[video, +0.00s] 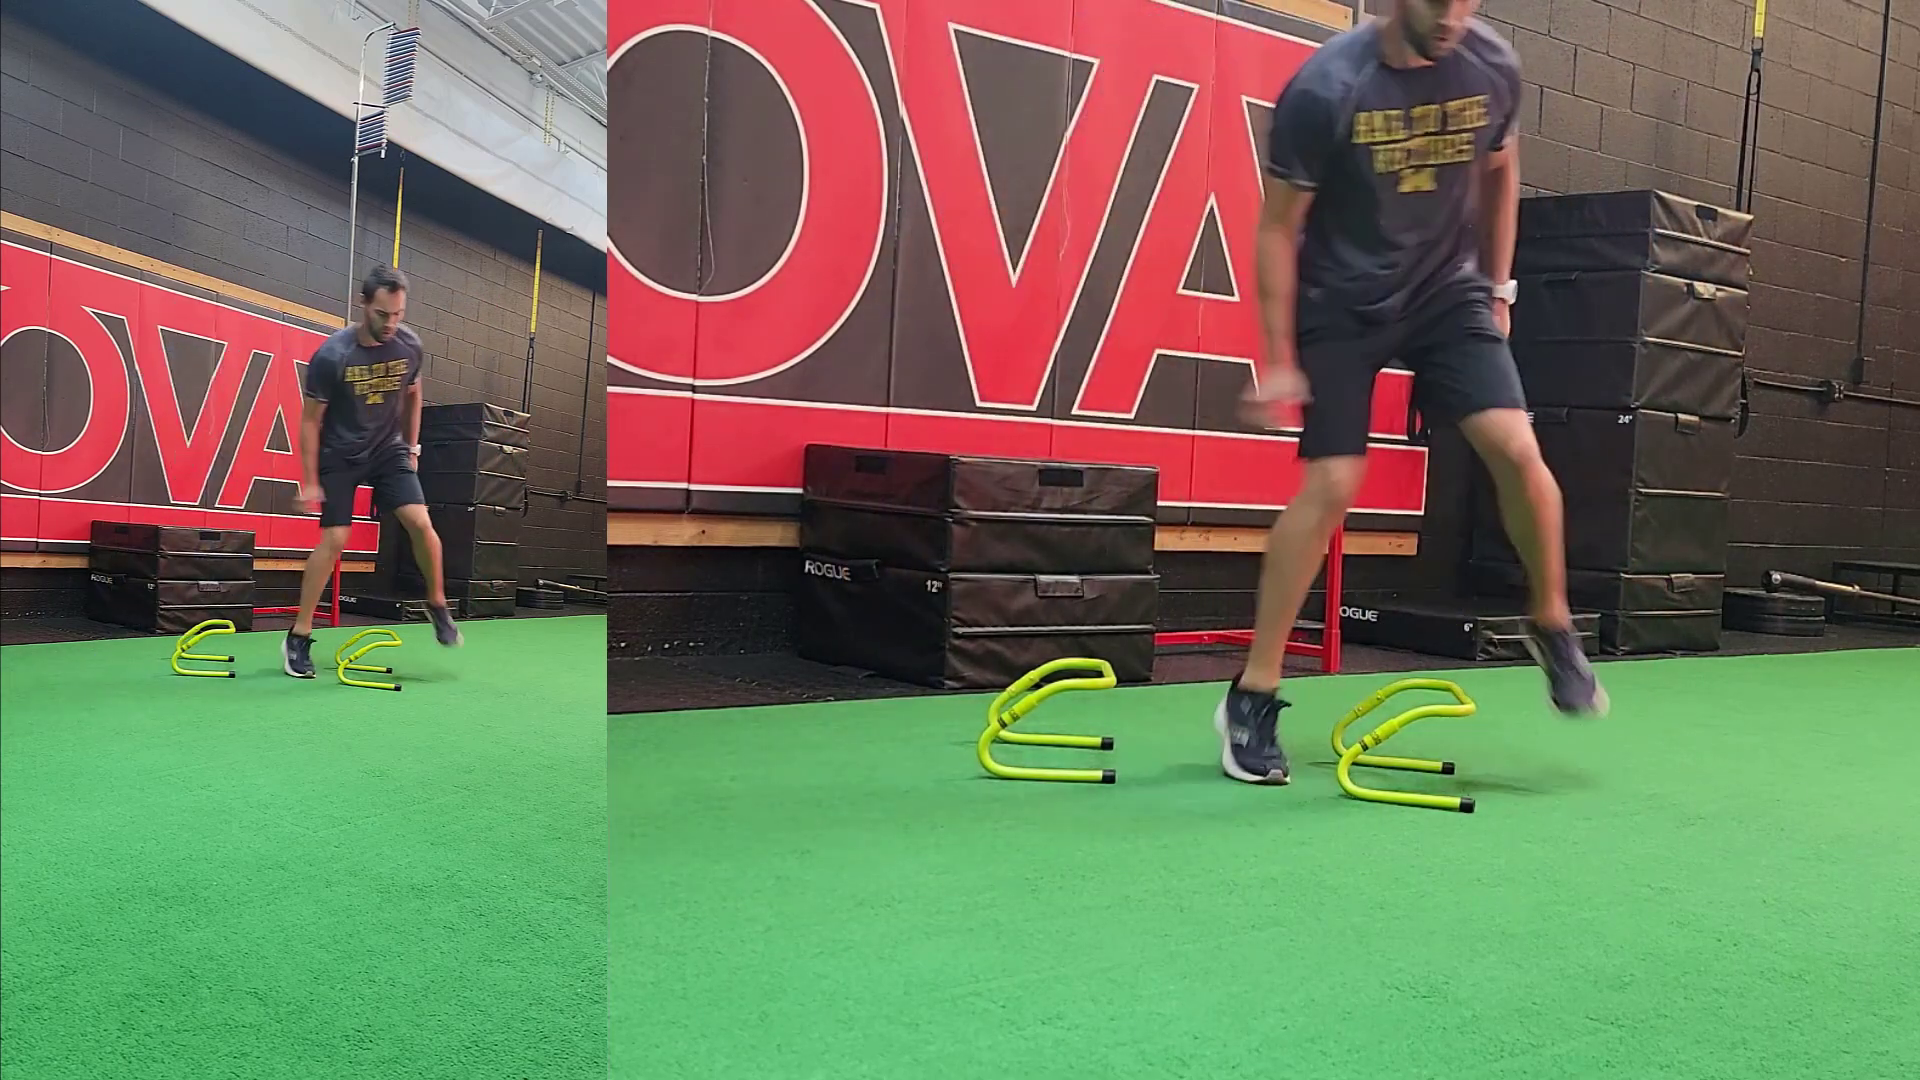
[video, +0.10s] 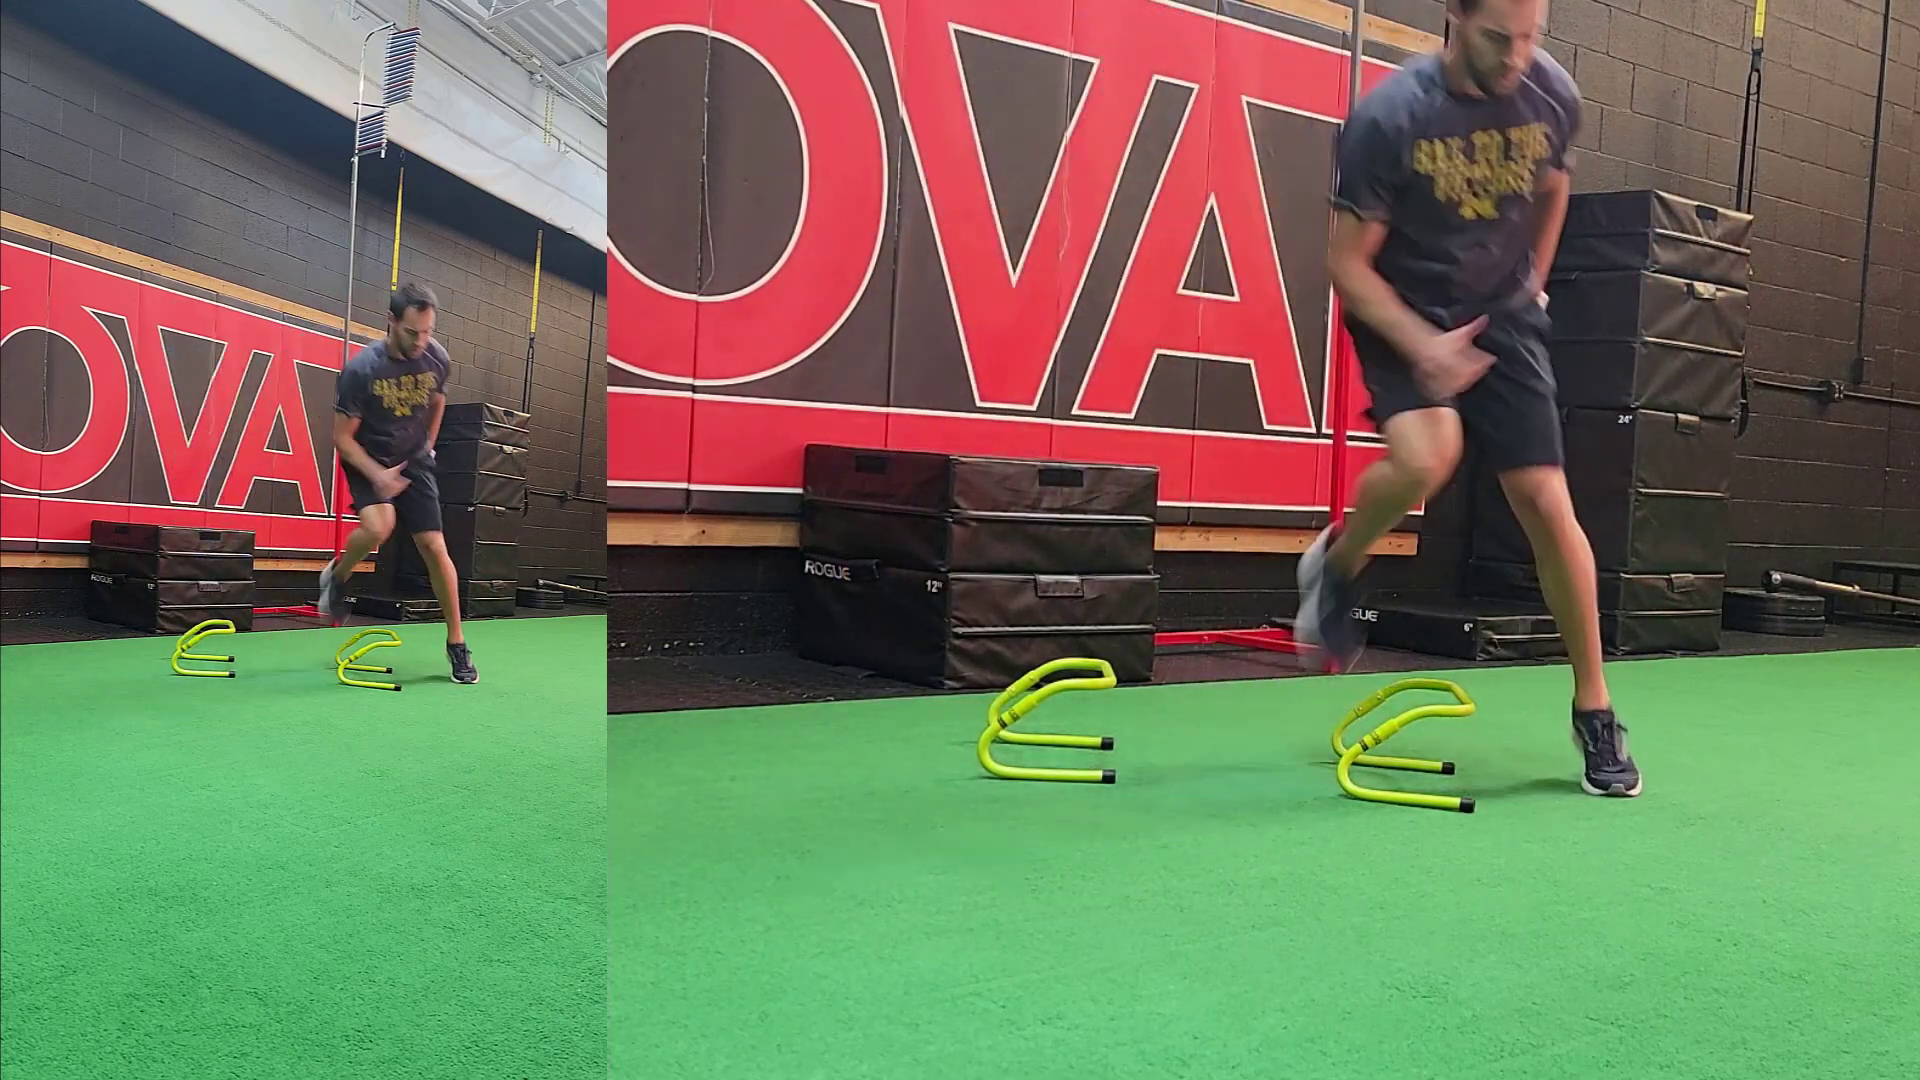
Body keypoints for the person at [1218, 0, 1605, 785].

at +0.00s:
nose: (1453, 22)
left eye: (1465, 8)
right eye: (1437, 7)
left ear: (1477, 5)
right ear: (1393, 1)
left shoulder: (1491, 65)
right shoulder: (1324, 89)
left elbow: (1499, 170)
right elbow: (1277, 226)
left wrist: (1498, 289)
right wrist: (1275, 362)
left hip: (1449, 295)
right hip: (1342, 307)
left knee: (1517, 450)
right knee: (1332, 483)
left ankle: (1554, 623)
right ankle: (1254, 695)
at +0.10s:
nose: (1515, 59)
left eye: (1530, 40)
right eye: (1497, 37)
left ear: (1543, 28)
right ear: (1453, 20)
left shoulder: (1553, 96)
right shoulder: (1387, 116)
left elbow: (1551, 191)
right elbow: (1344, 264)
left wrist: (1535, 283)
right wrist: (1421, 342)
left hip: (1504, 310)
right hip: (1402, 311)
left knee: (1545, 499)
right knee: (1427, 461)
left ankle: (1595, 709)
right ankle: (1333, 566)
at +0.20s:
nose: (1579, 121)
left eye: (1592, 101)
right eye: (1562, 100)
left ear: (1605, 88)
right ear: (1517, 79)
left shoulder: (1605, 155)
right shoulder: (1448, 179)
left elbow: (1591, 244)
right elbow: (1432, 341)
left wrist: (1584, 295)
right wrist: (1556, 316)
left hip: (1550, 368)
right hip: (1449, 369)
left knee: (1598, 528)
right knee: (1497, 492)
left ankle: (1598, 724)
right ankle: (1470, 497)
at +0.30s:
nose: (1626, 169)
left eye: (1641, 151)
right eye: (1609, 148)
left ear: (1653, 136)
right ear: (1565, 122)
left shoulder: (1644, 195)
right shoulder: (1491, 220)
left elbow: (1607, 281)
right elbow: (1488, 381)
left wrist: (1636, 306)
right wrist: (1608, 333)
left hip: (1576, 385)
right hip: (1472, 393)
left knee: (1620, 535)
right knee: (1546, 520)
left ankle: (1603, 725)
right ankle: (1524, 557)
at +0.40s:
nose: (1649, 187)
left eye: (1665, 168)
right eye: (1633, 164)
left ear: (1678, 153)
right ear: (1592, 139)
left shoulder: (1662, 209)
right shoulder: (1511, 235)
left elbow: (1618, 275)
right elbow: (1492, 394)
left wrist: (1642, 324)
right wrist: (1618, 355)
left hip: (1590, 383)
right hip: (1488, 394)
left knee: (1631, 537)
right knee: (1581, 525)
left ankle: (1604, 726)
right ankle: (1552, 586)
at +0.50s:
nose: (1652, 182)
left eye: (1669, 164)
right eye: (1636, 160)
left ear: (1685, 149)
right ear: (1596, 135)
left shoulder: (1672, 211)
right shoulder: (1517, 230)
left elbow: (1618, 284)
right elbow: (1463, 380)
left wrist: (1619, 345)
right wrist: (1591, 397)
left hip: (1594, 392)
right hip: (1498, 397)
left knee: (1640, 537)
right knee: (1590, 522)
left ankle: (1609, 726)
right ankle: (1570, 592)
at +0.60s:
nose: (1638, 158)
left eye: (1656, 141)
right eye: (1624, 136)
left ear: (1674, 133)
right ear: (1589, 118)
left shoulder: (1668, 211)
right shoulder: (1509, 213)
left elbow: (1665, 295)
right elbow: (1436, 347)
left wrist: (1658, 384)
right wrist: (1508, 460)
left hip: (1601, 400)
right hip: (1508, 400)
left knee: (1637, 540)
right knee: (1580, 514)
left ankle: (1610, 725)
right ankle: (1568, 597)